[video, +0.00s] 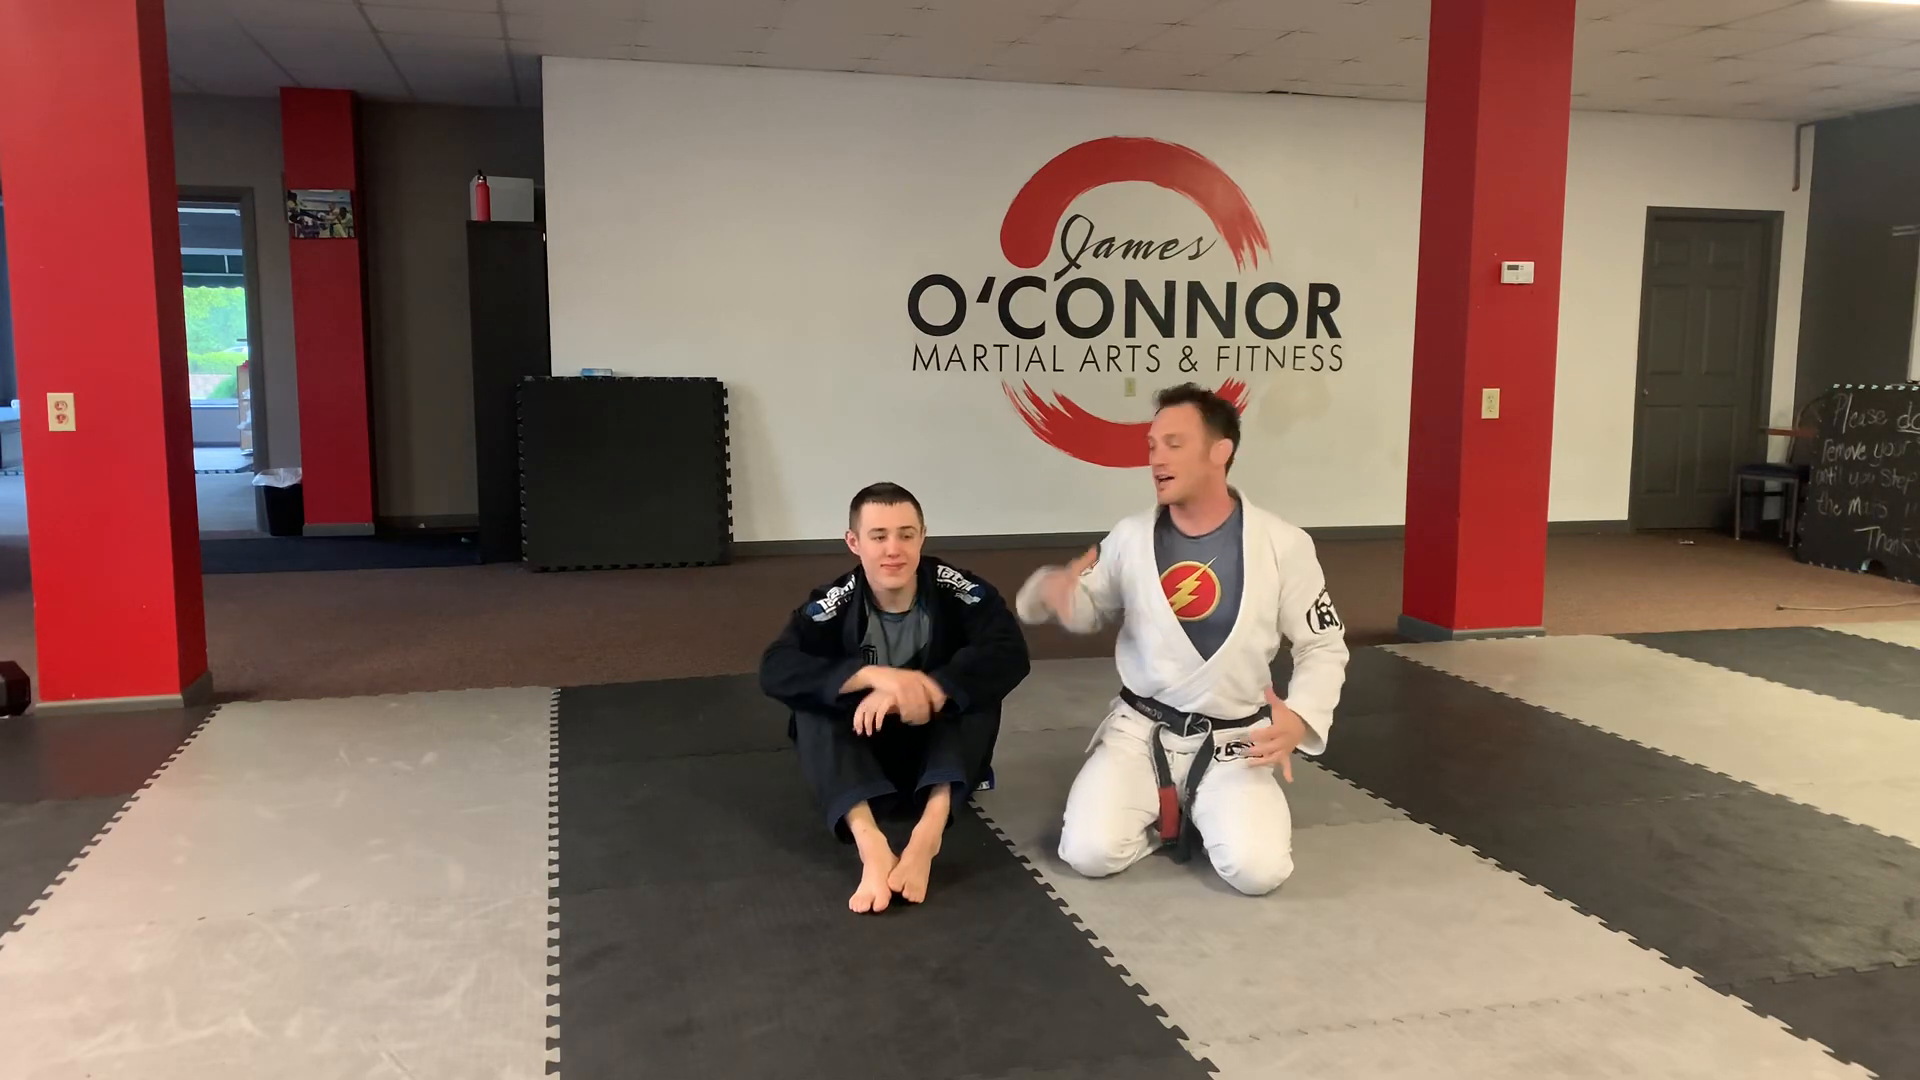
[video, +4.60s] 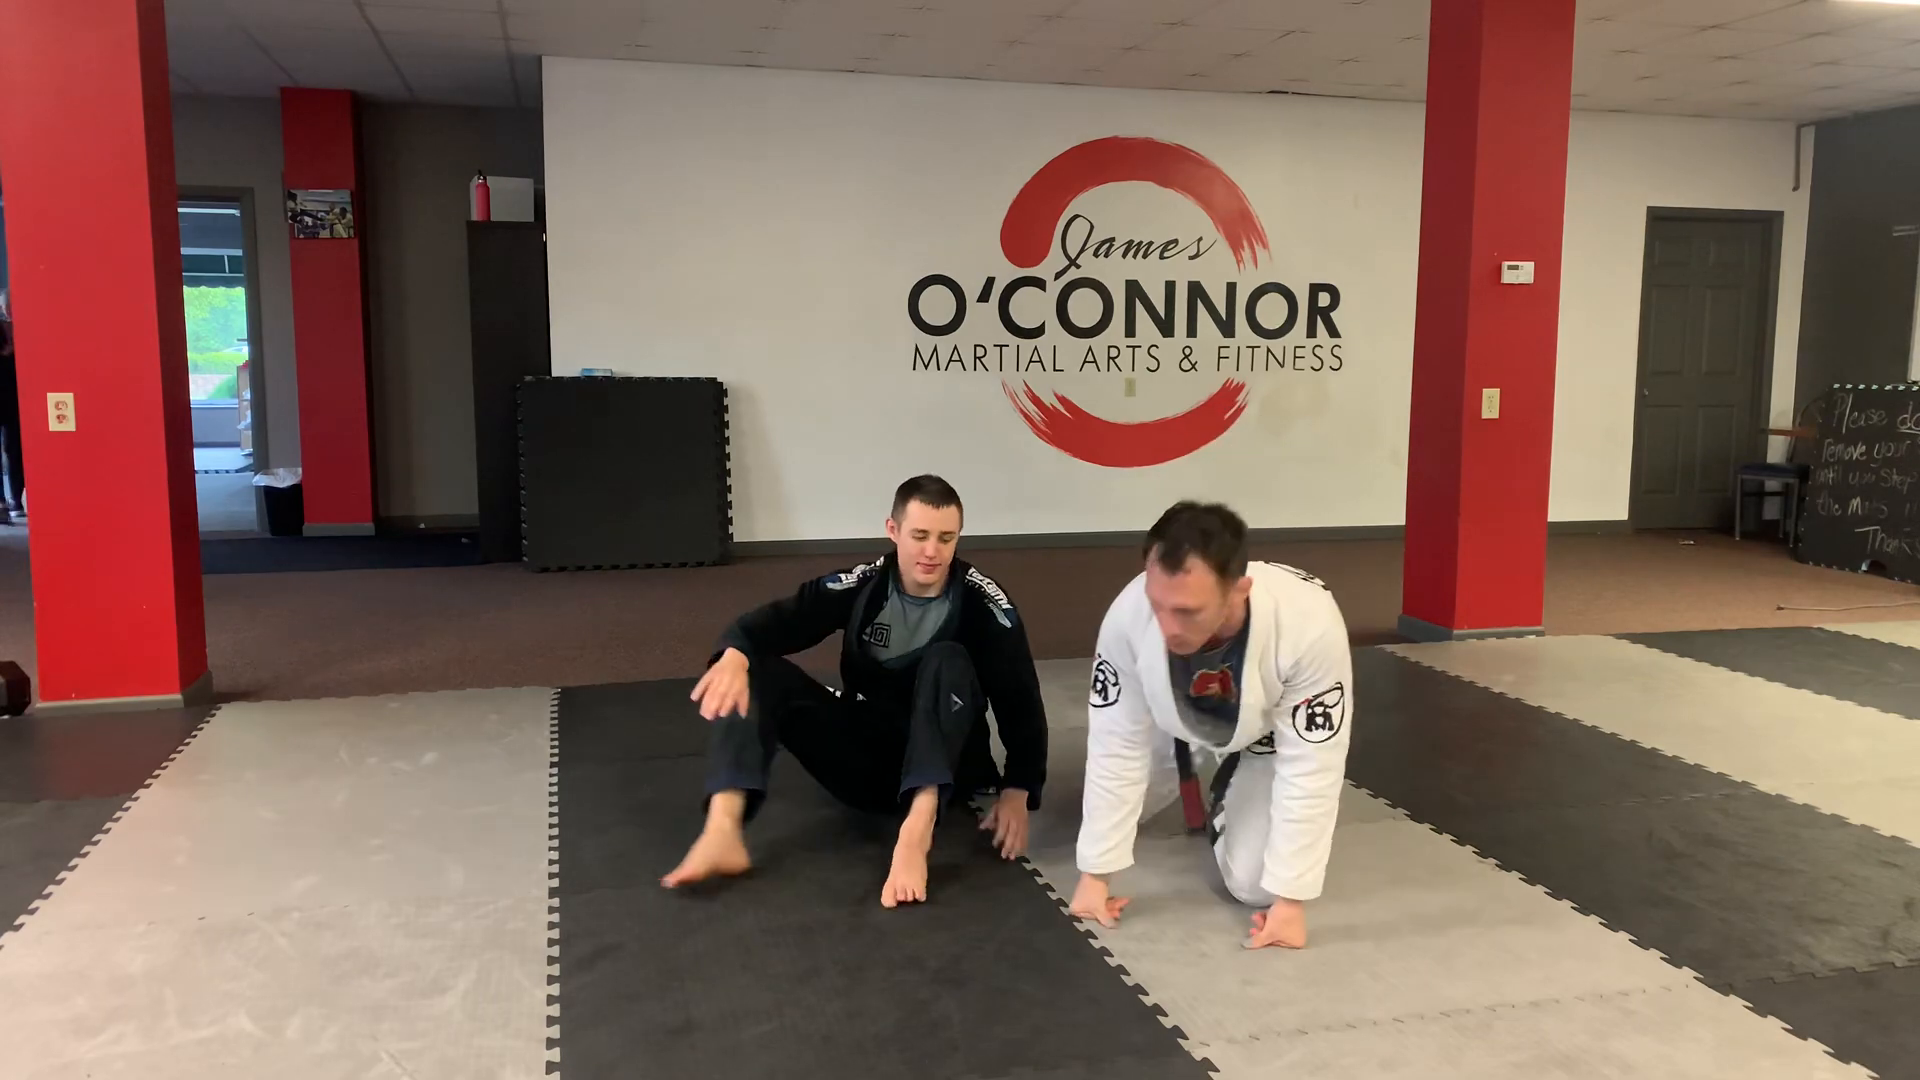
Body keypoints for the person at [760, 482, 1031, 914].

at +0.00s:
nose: (894, 549)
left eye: (906, 535)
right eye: (878, 537)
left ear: (921, 538)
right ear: (853, 543)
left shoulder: (962, 592)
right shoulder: (833, 603)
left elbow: (1009, 655)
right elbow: (776, 669)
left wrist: (912, 691)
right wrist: (871, 674)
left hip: (940, 755)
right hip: (860, 758)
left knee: (977, 691)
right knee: (813, 705)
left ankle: (929, 833)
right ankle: (870, 844)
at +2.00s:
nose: (915, 552)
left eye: (917, 535)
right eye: (896, 543)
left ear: (925, 533)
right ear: (861, 554)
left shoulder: (954, 594)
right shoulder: (836, 606)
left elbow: (1019, 655)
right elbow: (779, 671)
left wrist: (928, 706)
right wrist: (880, 693)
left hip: (937, 754)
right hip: (860, 757)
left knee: (987, 698)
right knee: (808, 710)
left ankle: (931, 834)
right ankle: (870, 846)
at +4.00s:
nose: (904, 557)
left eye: (913, 541)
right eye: (887, 545)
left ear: (925, 536)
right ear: (858, 545)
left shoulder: (962, 593)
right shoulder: (837, 604)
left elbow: (1012, 657)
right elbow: (783, 669)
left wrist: (927, 707)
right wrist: (879, 692)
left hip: (938, 753)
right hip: (861, 756)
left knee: (983, 693)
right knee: (813, 706)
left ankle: (930, 835)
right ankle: (871, 846)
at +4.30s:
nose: (914, 550)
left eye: (925, 535)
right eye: (900, 536)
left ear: (936, 532)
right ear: (870, 536)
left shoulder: (972, 596)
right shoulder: (843, 597)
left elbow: (1011, 671)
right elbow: (776, 658)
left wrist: (965, 717)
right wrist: (845, 692)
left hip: (937, 765)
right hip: (860, 760)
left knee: (969, 660)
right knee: (808, 698)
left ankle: (928, 836)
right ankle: (857, 848)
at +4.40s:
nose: (920, 548)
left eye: (932, 534)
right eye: (906, 534)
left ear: (943, 533)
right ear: (877, 533)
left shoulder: (979, 601)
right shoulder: (848, 592)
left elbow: (1020, 685)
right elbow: (766, 649)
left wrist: (1002, 733)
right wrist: (794, 685)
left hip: (936, 764)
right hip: (858, 760)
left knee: (967, 661)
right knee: (793, 677)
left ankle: (928, 832)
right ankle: (821, 841)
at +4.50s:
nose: (927, 549)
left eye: (939, 535)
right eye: (913, 534)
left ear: (951, 533)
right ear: (885, 531)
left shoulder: (983, 604)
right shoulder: (853, 591)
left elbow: (1023, 699)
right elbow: (764, 637)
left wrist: (1015, 766)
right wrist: (755, 670)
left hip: (944, 767)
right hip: (861, 764)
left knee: (958, 659)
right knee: (777, 671)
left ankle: (924, 831)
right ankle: (775, 840)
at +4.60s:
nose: (932, 552)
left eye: (945, 539)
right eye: (919, 537)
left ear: (958, 537)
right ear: (894, 532)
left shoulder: (986, 606)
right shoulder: (863, 586)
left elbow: (1023, 710)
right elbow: (785, 618)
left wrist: (1018, 794)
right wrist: (735, 651)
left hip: (945, 765)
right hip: (863, 758)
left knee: (946, 659)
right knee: (758, 669)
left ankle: (918, 831)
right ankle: (722, 830)